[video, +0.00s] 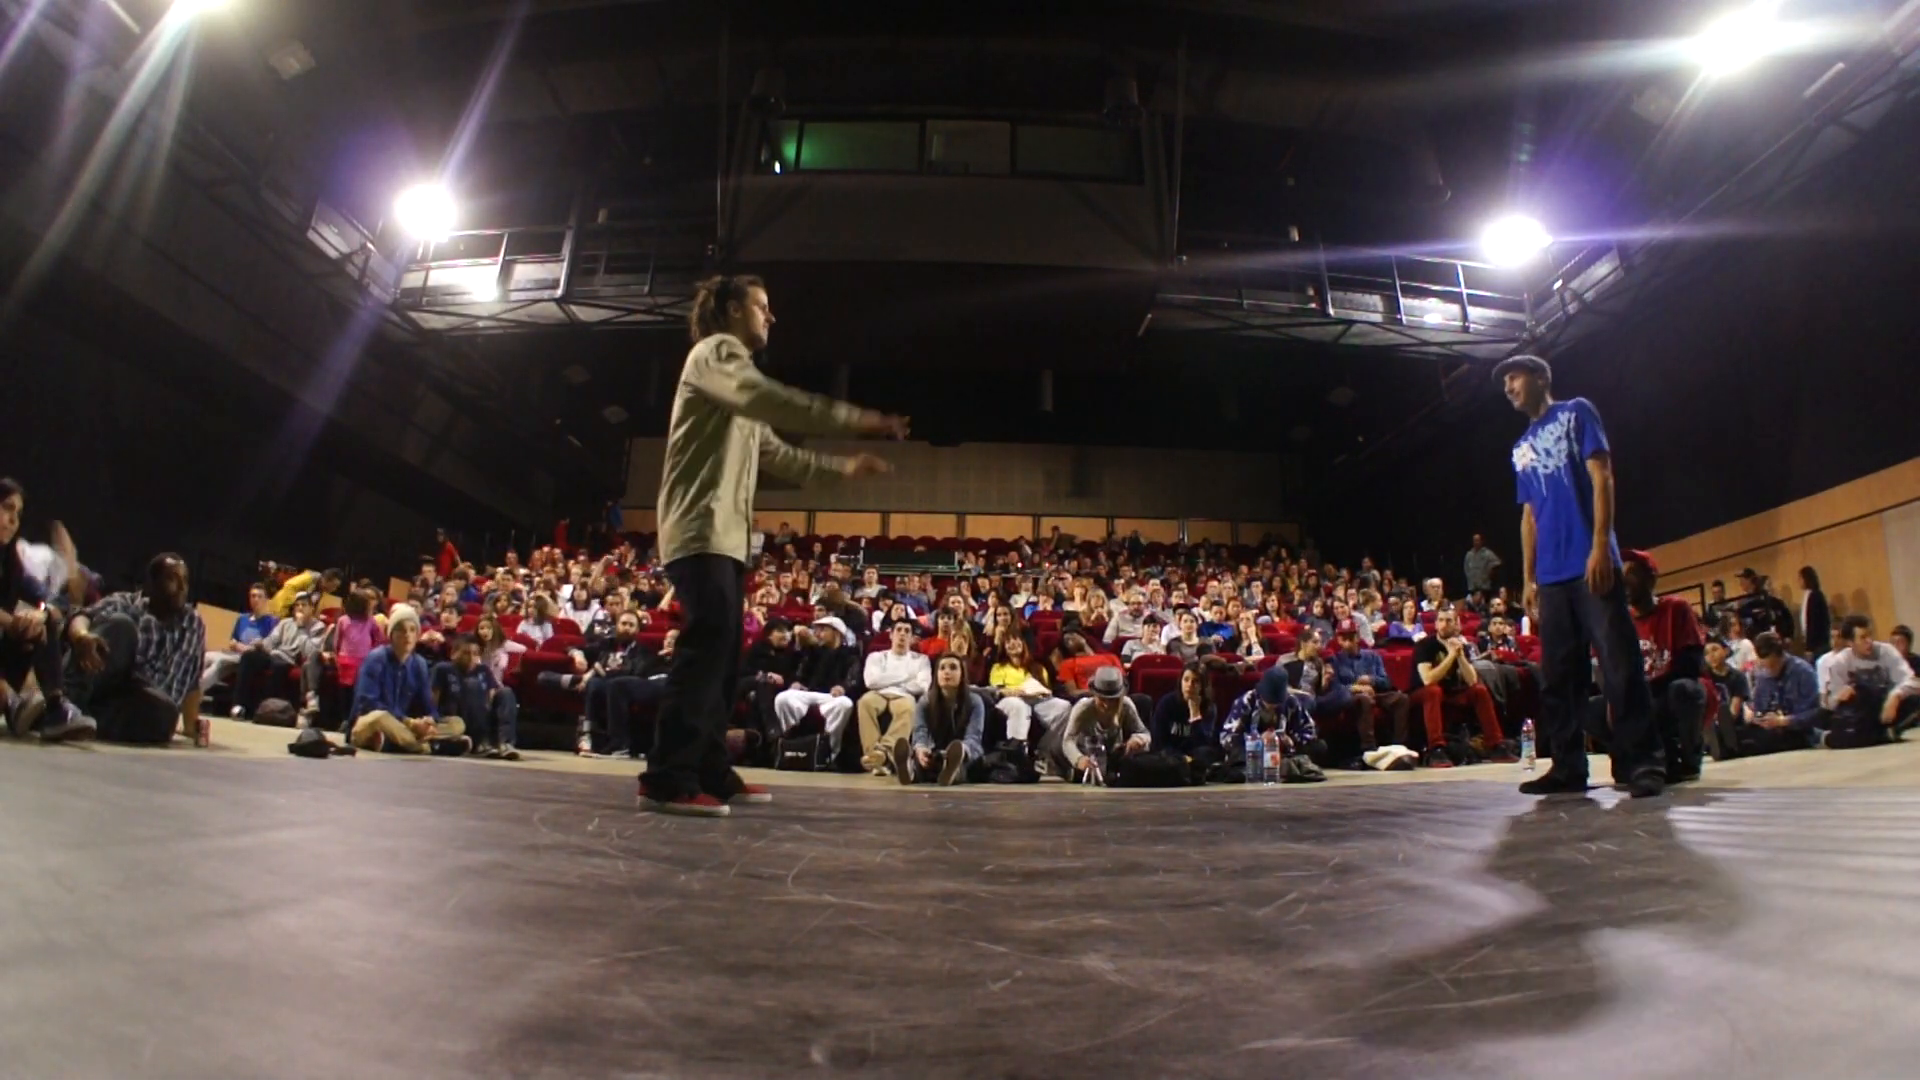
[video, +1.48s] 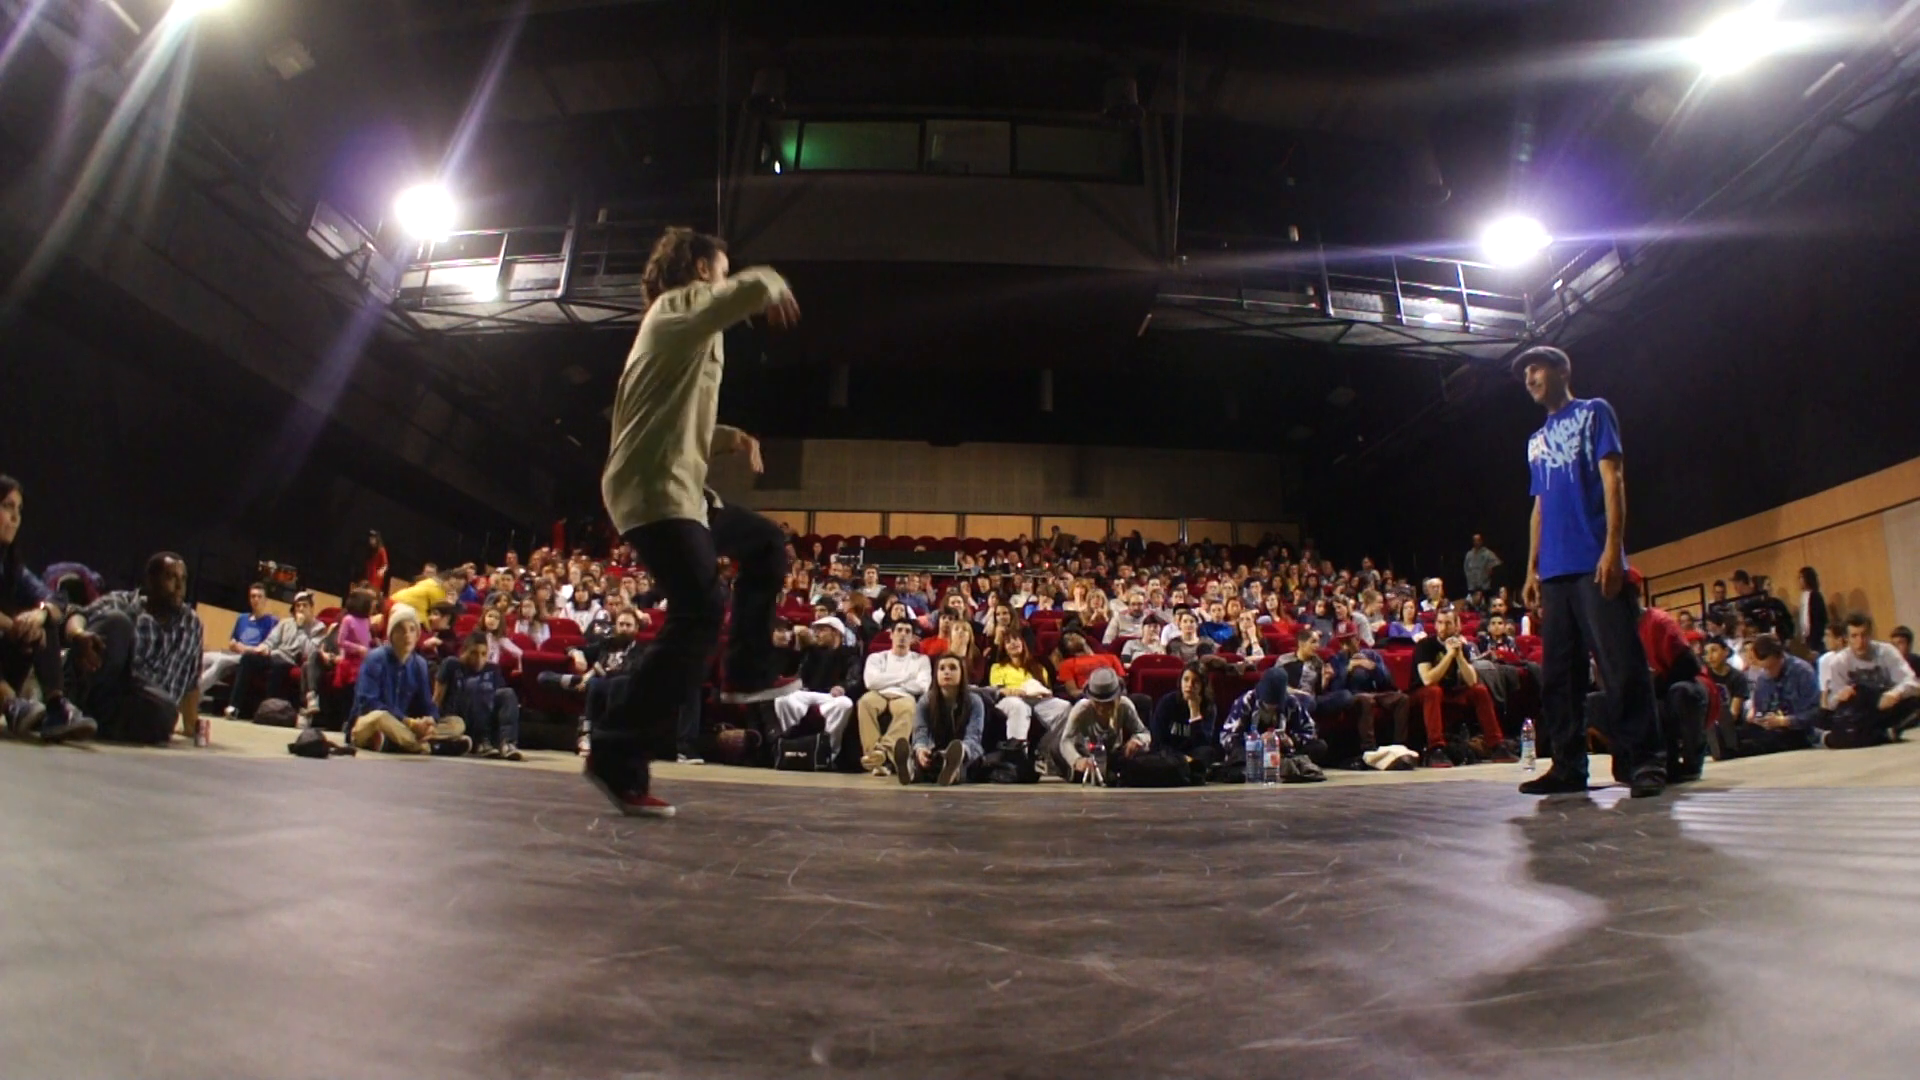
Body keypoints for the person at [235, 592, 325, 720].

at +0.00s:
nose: (300, 608)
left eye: (304, 605)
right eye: (297, 605)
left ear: (312, 609)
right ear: (294, 608)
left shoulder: (318, 628)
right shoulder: (285, 623)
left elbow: (309, 652)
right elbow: (271, 640)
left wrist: (301, 627)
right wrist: (262, 646)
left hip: (289, 659)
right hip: (271, 654)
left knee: (278, 668)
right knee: (248, 657)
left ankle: (270, 709)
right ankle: (239, 704)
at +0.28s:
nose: (300, 609)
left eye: (304, 605)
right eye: (298, 605)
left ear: (312, 608)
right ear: (294, 608)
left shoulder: (318, 627)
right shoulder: (285, 623)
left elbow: (309, 651)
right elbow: (271, 640)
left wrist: (301, 628)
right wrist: (264, 648)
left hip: (292, 660)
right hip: (273, 655)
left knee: (278, 666)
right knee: (250, 657)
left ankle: (272, 709)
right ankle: (239, 705)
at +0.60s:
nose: (300, 609)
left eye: (304, 605)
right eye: (297, 605)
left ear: (311, 608)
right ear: (294, 608)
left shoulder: (318, 629)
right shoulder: (285, 623)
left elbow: (308, 651)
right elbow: (271, 639)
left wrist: (301, 627)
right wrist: (266, 647)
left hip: (293, 661)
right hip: (274, 656)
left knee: (277, 665)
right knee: (249, 658)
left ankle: (268, 709)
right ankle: (239, 706)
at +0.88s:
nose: (300, 609)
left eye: (304, 606)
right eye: (298, 605)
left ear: (312, 609)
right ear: (294, 608)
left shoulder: (319, 628)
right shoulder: (286, 623)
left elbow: (309, 652)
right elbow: (271, 639)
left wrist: (301, 628)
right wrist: (265, 647)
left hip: (293, 661)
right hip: (274, 656)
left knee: (277, 665)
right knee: (248, 658)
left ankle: (269, 709)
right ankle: (234, 706)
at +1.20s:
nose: (301, 609)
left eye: (304, 606)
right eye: (298, 605)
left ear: (312, 608)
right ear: (294, 608)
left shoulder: (319, 628)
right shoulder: (285, 623)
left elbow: (309, 652)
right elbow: (271, 640)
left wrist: (300, 628)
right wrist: (264, 648)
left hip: (292, 661)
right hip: (273, 656)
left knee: (277, 666)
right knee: (248, 658)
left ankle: (271, 710)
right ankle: (234, 705)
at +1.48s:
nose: (301, 609)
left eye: (305, 606)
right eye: (298, 606)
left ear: (312, 609)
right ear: (294, 609)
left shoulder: (319, 628)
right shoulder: (285, 623)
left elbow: (309, 653)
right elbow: (271, 640)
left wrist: (301, 628)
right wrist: (264, 647)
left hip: (292, 661)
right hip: (273, 656)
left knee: (277, 667)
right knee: (248, 658)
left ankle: (270, 710)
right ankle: (234, 706)